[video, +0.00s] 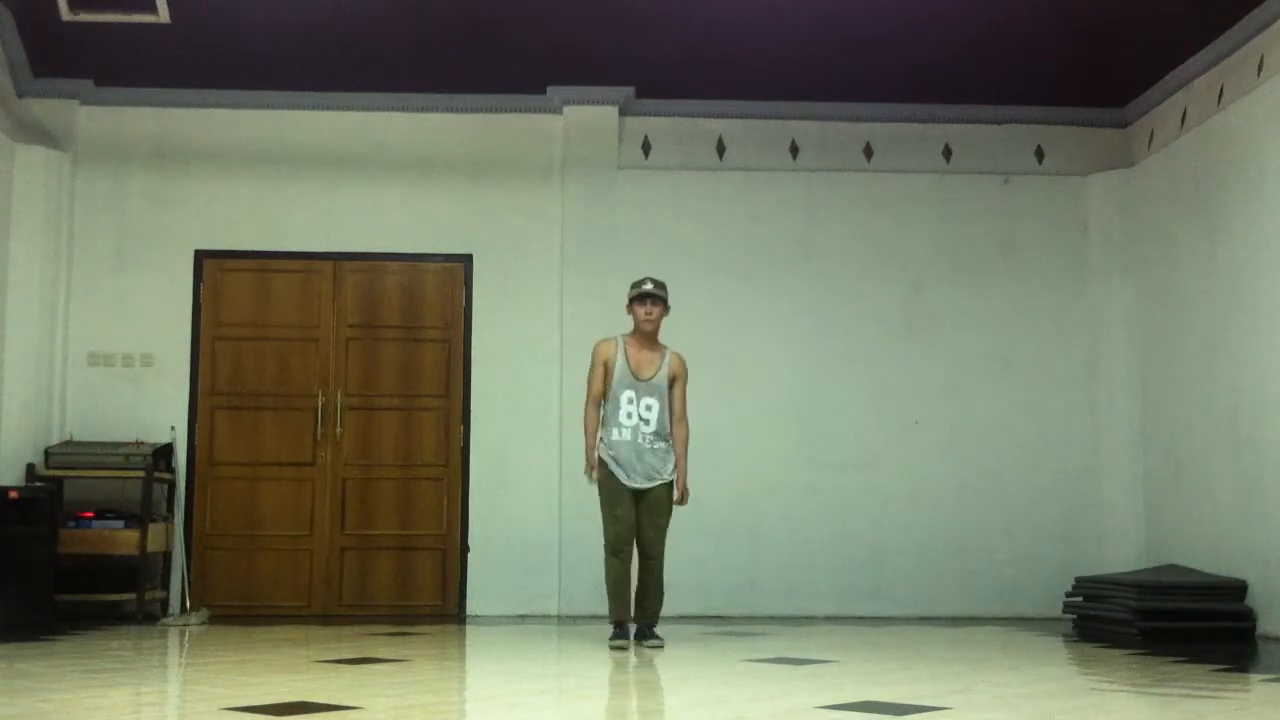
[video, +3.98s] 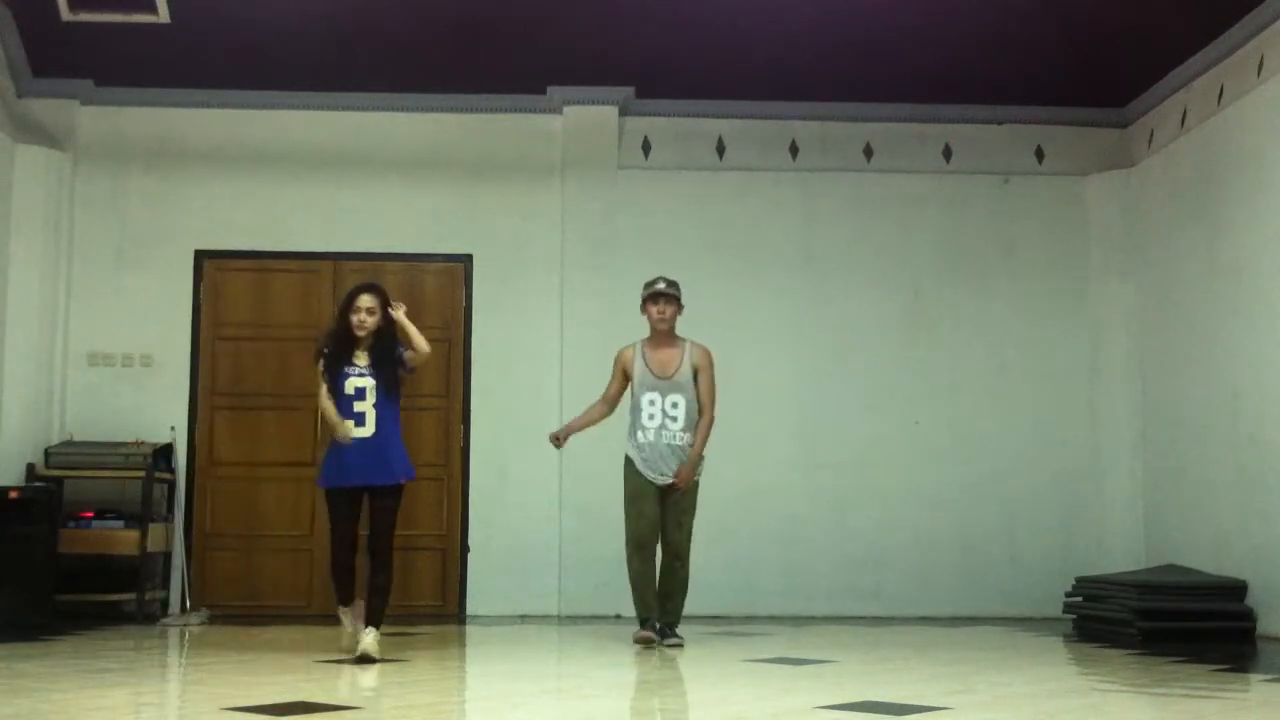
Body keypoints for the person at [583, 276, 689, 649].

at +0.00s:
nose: (648, 308)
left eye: (655, 302)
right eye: (641, 301)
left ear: (665, 310)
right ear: (630, 308)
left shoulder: (674, 363)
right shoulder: (607, 350)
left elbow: (679, 421)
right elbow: (593, 403)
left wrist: (681, 473)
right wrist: (591, 451)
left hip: (659, 470)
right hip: (614, 467)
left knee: (652, 549)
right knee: (618, 546)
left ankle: (647, 624)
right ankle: (620, 624)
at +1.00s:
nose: (650, 331)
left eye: (655, 324)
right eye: (642, 325)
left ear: (663, 329)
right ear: (631, 329)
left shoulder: (676, 373)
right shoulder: (612, 369)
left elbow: (691, 420)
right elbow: (594, 413)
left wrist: (717, 385)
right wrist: (578, 371)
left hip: (667, 480)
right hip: (622, 478)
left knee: (695, 545)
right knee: (616, 549)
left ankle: (710, 617)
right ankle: (615, 622)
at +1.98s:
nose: (708, 325)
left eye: (716, 318)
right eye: (704, 318)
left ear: (731, 323)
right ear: (697, 324)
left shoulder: (746, 376)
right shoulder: (678, 363)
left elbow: (741, 427)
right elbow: (664, 413)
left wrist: (727, 463)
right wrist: (666, 456)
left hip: (723, 479)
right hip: (676, 473)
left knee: (727, 551)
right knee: (650, 538)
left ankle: (718, 619)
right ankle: (656, 594)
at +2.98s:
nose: (651, 318)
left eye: (658, 312)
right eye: (644, 311)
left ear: (666, 318)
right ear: (633, 316)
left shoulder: (682, 357)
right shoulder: (618, 367)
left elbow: (686, 416)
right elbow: (624, 415)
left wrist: (673, 465)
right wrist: (651, 417)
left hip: (679, 462)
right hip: (638, 466)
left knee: (679, 531)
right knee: (641, 546)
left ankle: (681, 572)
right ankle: (648, 621)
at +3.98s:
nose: (661, 308)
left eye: (669, 302)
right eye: (654, 302)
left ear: (679, 309)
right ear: (644, 309)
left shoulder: (698, 355)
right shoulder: (629, 356)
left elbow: (707, 413)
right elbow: (606, 404)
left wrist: (693, 461)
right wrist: (568, 429)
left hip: (682, 466)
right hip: (640, 464)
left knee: (677, 547)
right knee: (641, 543)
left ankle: (669, 625)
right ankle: (647, 623)